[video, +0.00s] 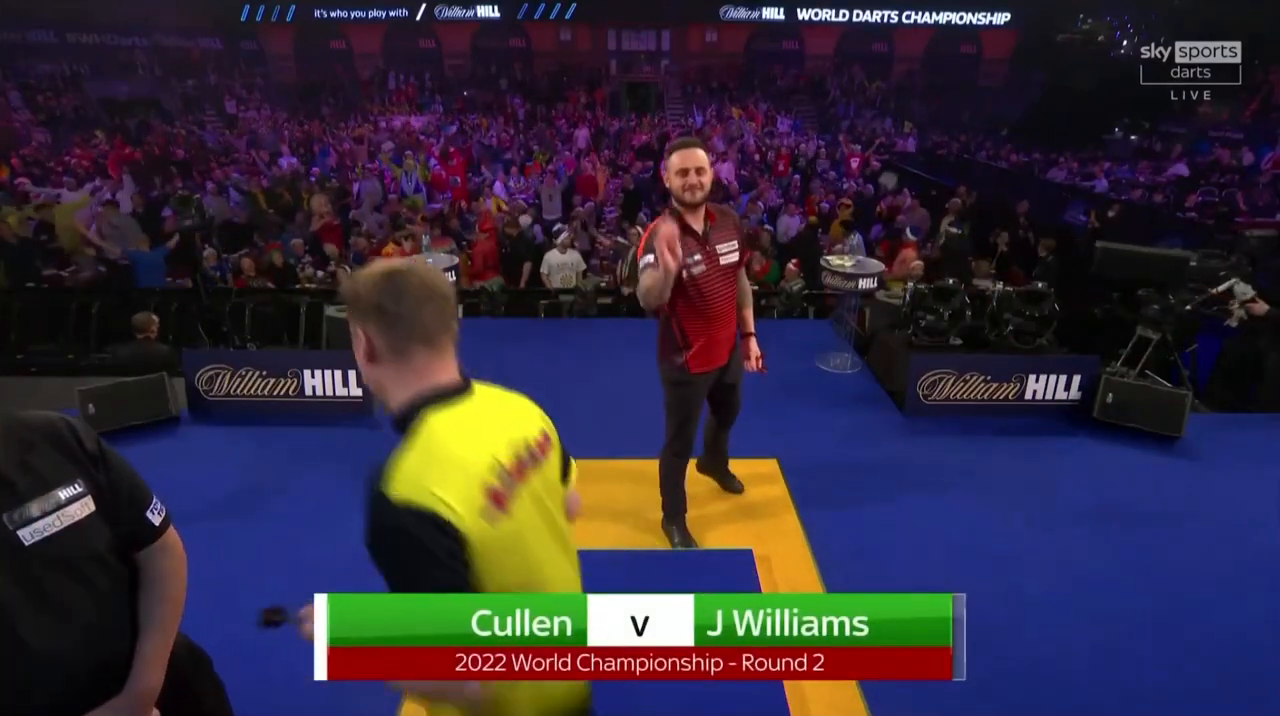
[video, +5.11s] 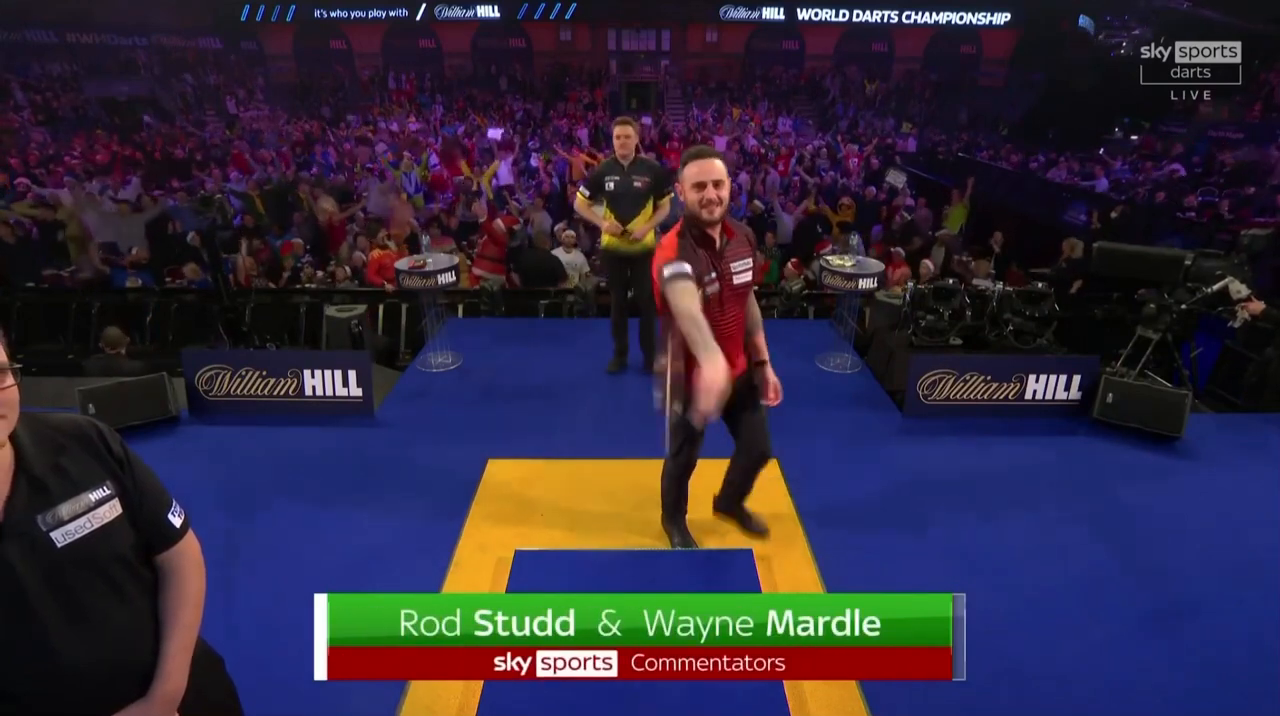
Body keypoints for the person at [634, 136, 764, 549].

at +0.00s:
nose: (693, 179)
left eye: (699, 170)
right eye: (682, 173)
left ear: (711, 174)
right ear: (666, 179)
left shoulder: (727, 219)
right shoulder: (661, 233)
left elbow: (739, 277)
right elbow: (649, 300)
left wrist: (749, 334)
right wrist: (668, 268)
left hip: (727, 346)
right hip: (685, 356)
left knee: (726, 410)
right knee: (680, 442)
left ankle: (713, 460)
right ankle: (674, 517)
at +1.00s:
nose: (696, 187)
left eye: (704, 178)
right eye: (685, 180)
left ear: (715, 181)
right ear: (669, 186)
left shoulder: (727, 230)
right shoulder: (661, 241)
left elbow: (736, 287)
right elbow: (672, 286)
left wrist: (745, 344)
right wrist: (690, 321)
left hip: (725, 352)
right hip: (680, 357)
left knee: (726, 413)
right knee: (678, 446)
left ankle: (719, 457)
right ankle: (674, 517)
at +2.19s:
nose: (687, 185)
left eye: (695, 176)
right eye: (677, 177)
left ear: (707, 180)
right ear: (663, 185)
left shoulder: (725, 226)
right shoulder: (652, 237)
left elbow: (740, 284)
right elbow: (633, 303)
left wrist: (745, 342)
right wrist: (653, 265)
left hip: (724, 352)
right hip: (681, 361)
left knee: (730, 410)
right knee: (677, 446)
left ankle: (715, 460)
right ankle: (674, 520)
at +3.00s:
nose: (695, 185)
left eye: (702, 176)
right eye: (684, 178)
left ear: (713, 180)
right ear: (667, 186)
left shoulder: (725, 228)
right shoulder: (660, 241)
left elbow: (737, 289)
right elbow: (670, 285)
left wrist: (745, 346)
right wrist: (673, 307)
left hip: (724, 354)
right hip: (683, 361)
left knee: (728, 412)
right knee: (678, 447)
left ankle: (719, 457)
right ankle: (674, 520)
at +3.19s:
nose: (697, 188)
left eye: (704, 178)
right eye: (686, 181)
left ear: (714, 181)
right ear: (669, 187)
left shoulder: (726, 229)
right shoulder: (661, 243)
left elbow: (737, 287)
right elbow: (674, 312)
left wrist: (743, 345)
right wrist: (696, 369)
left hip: (722, 355)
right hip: (679, 363)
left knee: (723, 415)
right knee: (677, 445)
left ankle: (713, 462)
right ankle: (674, 520)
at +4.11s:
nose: (693, 188)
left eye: (701, 179)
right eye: (683, 180)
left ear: (713, 183)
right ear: (667, 187)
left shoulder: (729, 229)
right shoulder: (657, 242)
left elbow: (743, 289)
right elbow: (636, 310)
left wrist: (747, 347)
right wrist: (659, 316)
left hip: (724, 354)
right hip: (680, 364)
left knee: (731, 416)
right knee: (679, 445)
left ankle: (714, 462)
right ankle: (674, 520)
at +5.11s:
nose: (711, 194)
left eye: (718, 184)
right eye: (699, 187)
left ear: (729, 187)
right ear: (681, 193)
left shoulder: (741, 238)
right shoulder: (673, 249)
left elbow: (747, 300)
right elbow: (686, 311)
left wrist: (763, 362)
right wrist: (712, 360)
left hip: (736, 363)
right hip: (689, 368)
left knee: (757, 448)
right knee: (682, 456)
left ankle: (730, 501)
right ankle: (674, 520)